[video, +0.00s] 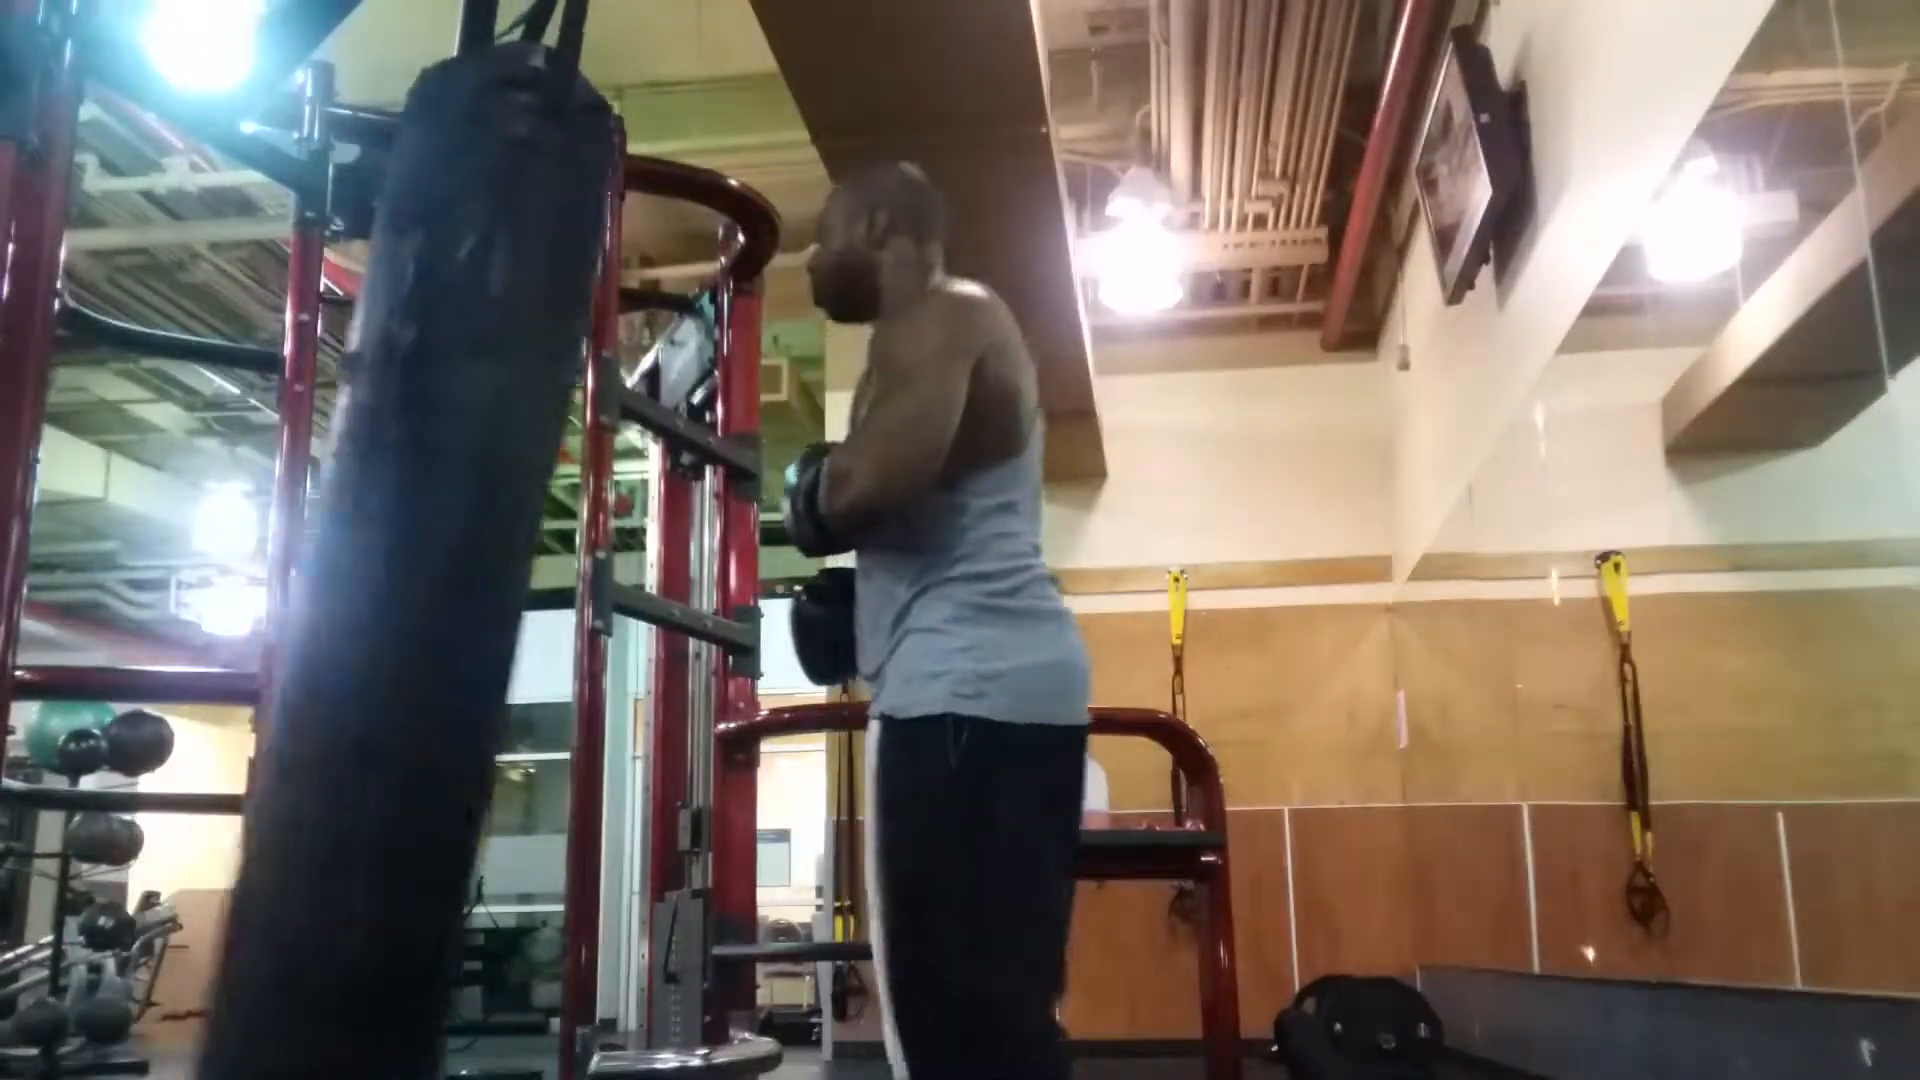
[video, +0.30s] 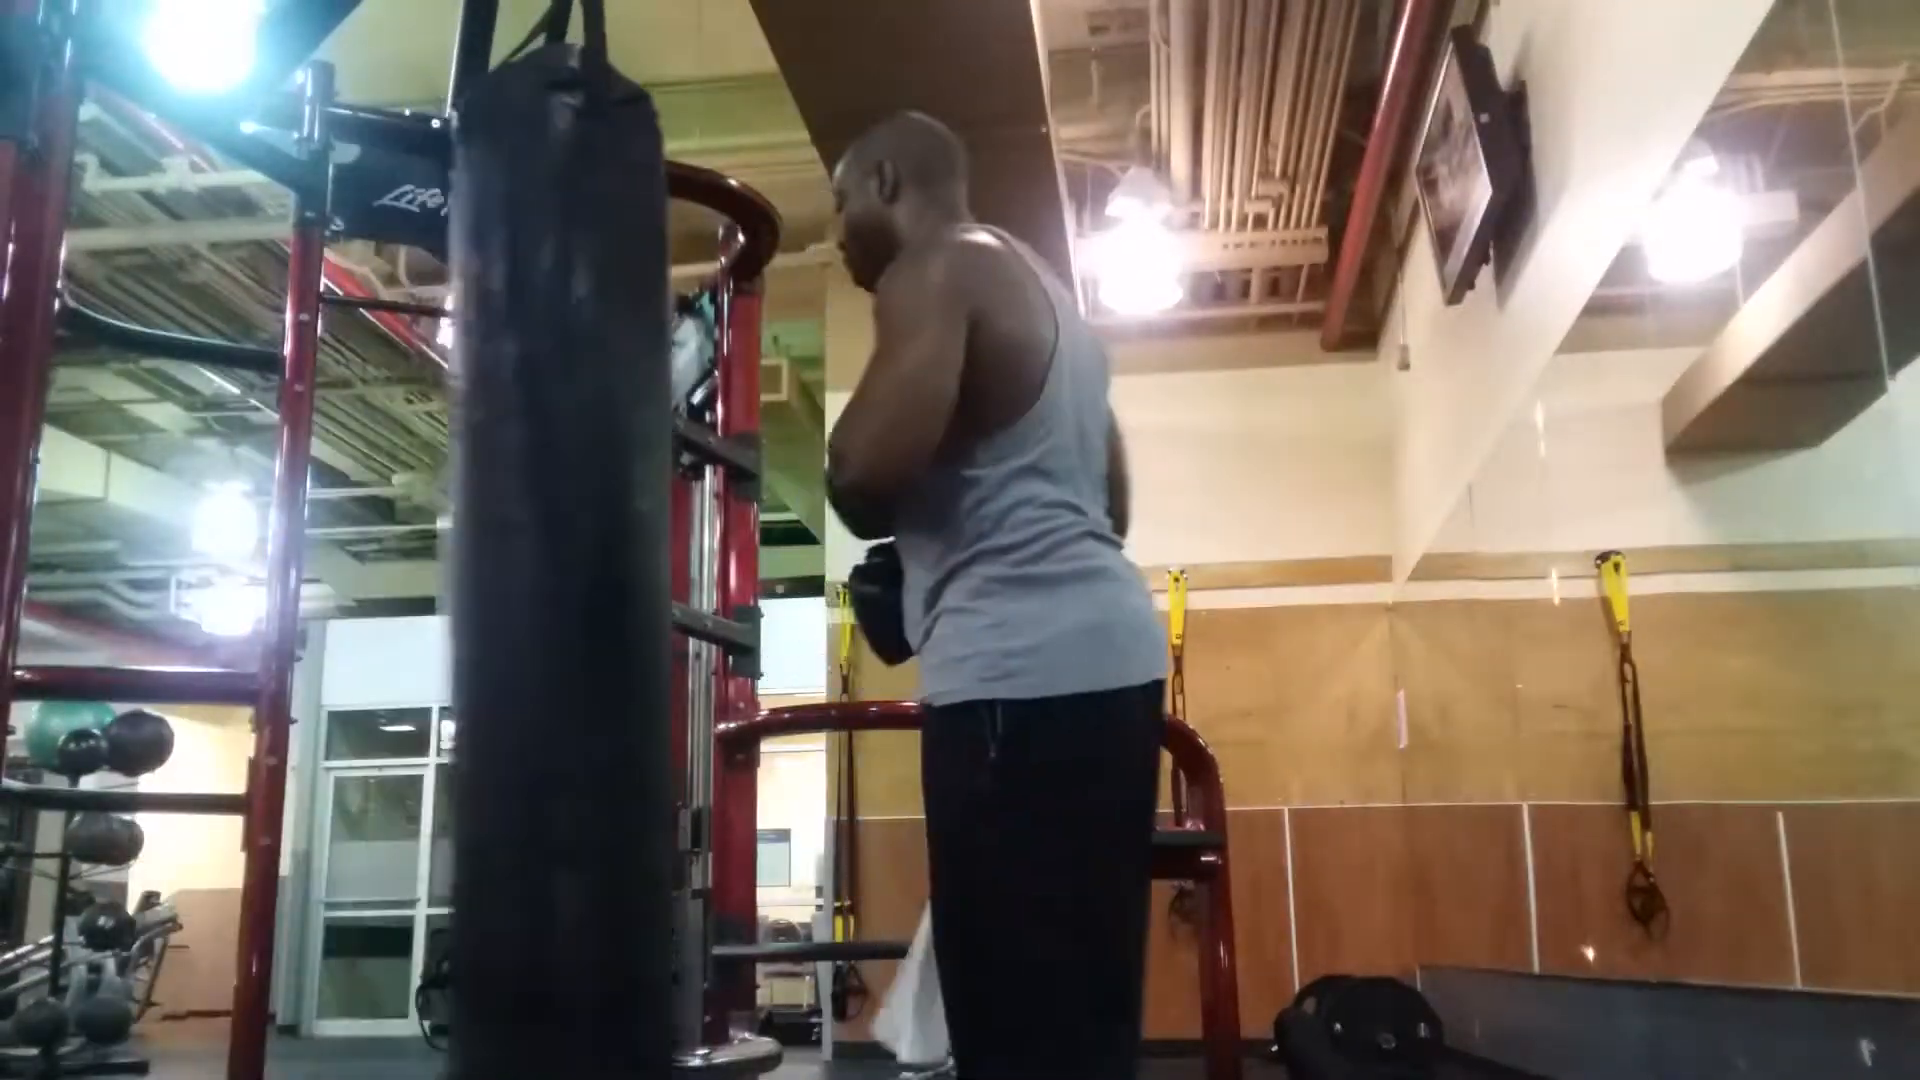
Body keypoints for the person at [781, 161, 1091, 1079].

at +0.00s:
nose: (811, 256)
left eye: (824, 235)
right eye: (815, 237)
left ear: (880, 234)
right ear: (895, 241)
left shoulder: (938, 313)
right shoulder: (938, 331)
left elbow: (885, 474)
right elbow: (963, 546)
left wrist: (815, 489)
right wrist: (868, 608)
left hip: (971, 699)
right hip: (978, 698)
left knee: (960, 1020)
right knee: (983, 1016)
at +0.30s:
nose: (839, 236)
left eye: (841, 206)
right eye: (836, 211)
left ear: (883, 183)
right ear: (950, 187)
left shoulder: (944, 266)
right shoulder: (1049, 293)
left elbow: (869, 469)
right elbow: (1107, 510)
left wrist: (850, 474)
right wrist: (934, 566)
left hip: (1018, 673)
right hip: (1104, 665)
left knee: (1012, 1020)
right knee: (1084, 1010)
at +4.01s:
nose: (850, 406)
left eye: (854, 380)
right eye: (844, 387)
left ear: (917, 358)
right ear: (916, 365)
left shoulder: (1035, 420)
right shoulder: (944, 487)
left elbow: (1031, 587)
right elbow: (910, 649)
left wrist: (921, 540)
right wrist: (787, 646)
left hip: (1071, 729)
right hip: (1014, 733)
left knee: (1005, 1002)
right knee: (993, 999)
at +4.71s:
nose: (845, 379)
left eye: (842, 347)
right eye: (835, 356)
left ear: (892, 316)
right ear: (925, 306)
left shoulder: (938, 358)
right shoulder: (1056, 379)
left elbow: (926, 547)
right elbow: (997, 566)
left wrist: (837, 511)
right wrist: (855, 520)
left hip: (1048, 711)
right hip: (1158, 704)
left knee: (943, 1009)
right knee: (1157, 981)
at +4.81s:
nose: (867, 401)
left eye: (864, 371)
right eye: (858, 380)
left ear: (913, 337)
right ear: (942, 330)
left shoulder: (968, 373)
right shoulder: (1061, 384)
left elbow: (970, 547)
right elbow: (1017, 601)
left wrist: (871, 526)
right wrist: (884, 547)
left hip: (1095, 706)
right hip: (1198, 700)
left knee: (973, 976)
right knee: (1181, 956)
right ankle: (1262, 1067)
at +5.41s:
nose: (913, 379)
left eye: (906, 346)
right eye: (901, 355)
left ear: (960, 309)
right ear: (992, 303)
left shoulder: (1022, 354)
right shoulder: (1107, 353)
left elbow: (1029, 546)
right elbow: (1070, 572)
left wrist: (923, 511)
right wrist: (940, 522)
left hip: (1175, 692)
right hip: (1276, 679)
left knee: (1078, 971)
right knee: (1261, 958)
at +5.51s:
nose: (934, 378)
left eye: (933, 347)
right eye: (922, 355)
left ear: (980, 317)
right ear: (1026, 305)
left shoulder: (1043, 366)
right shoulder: (1152, 372)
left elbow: (1045, 543)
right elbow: (1102, 585)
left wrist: (944, 514)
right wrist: (960, 546)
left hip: (1185, 703)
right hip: (1306, 689)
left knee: (1077, 980)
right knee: (1306, 947)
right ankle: (1408, 1070)